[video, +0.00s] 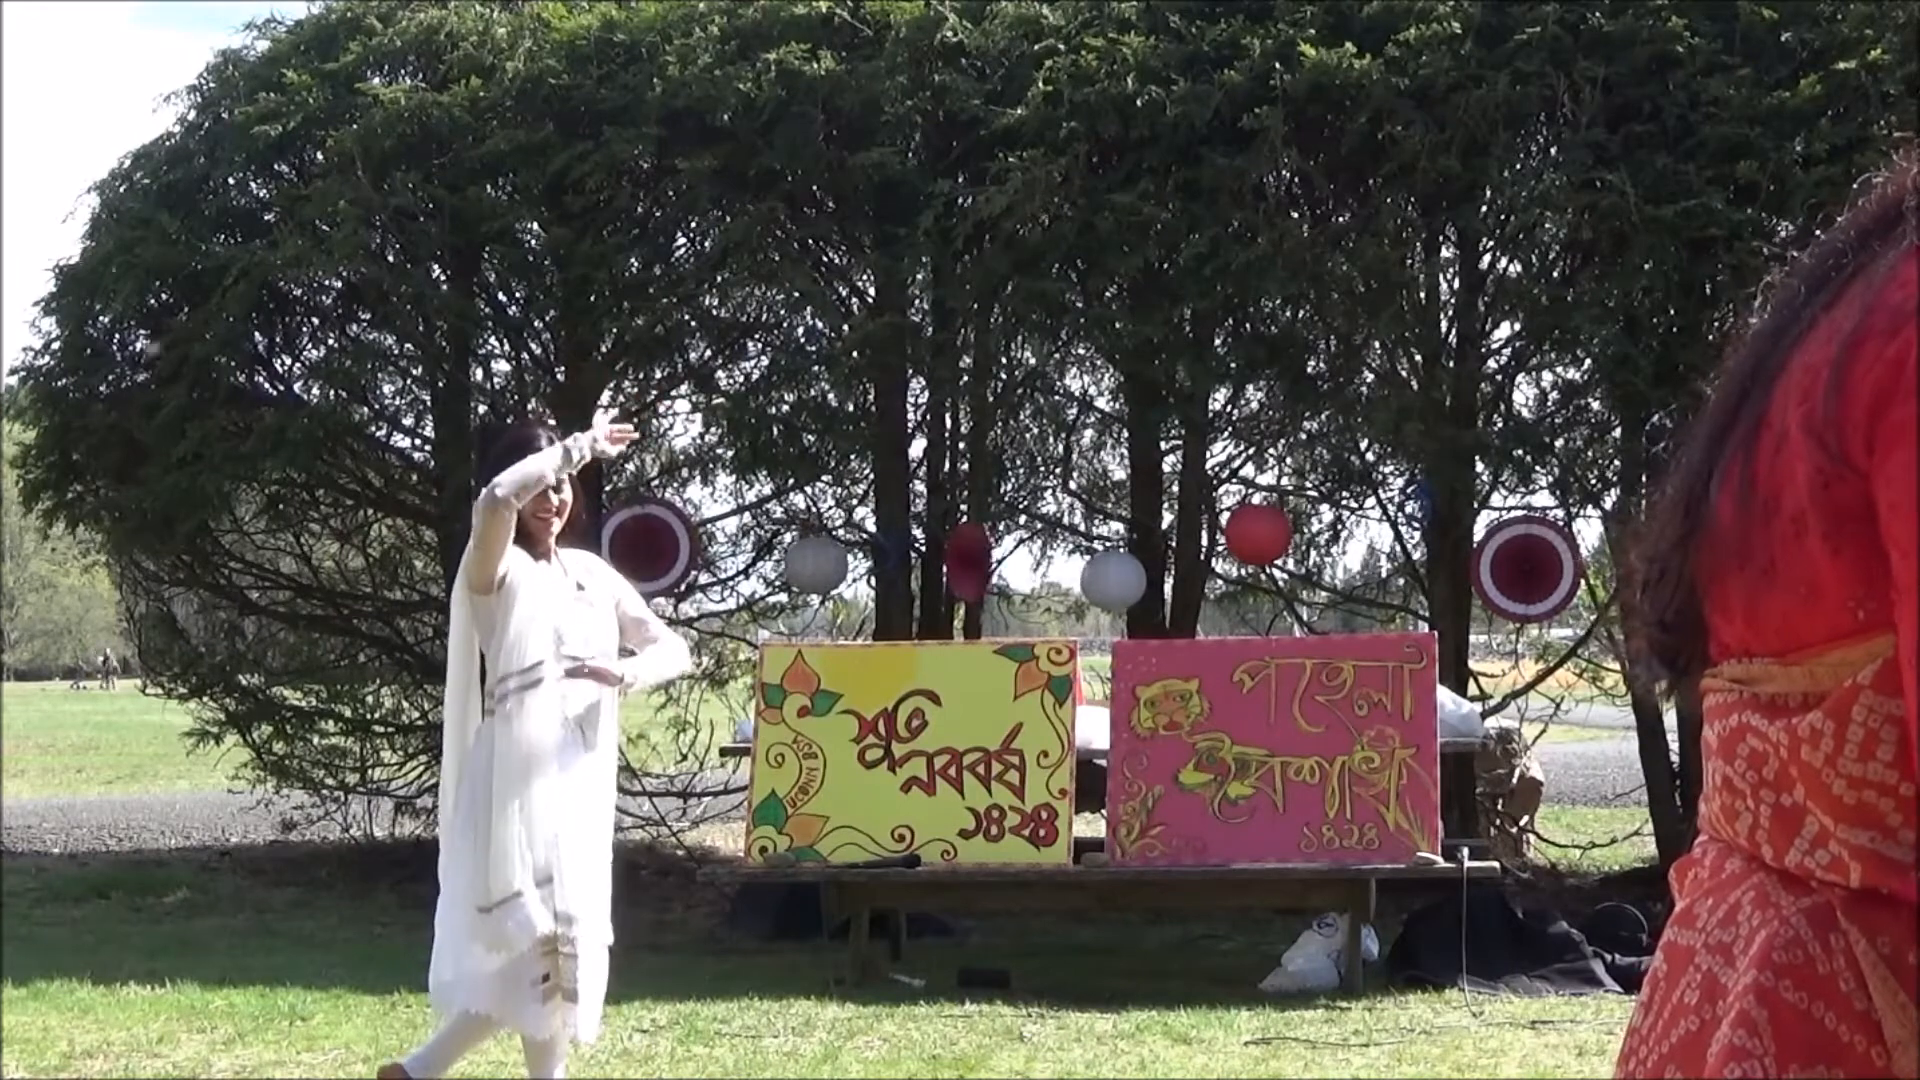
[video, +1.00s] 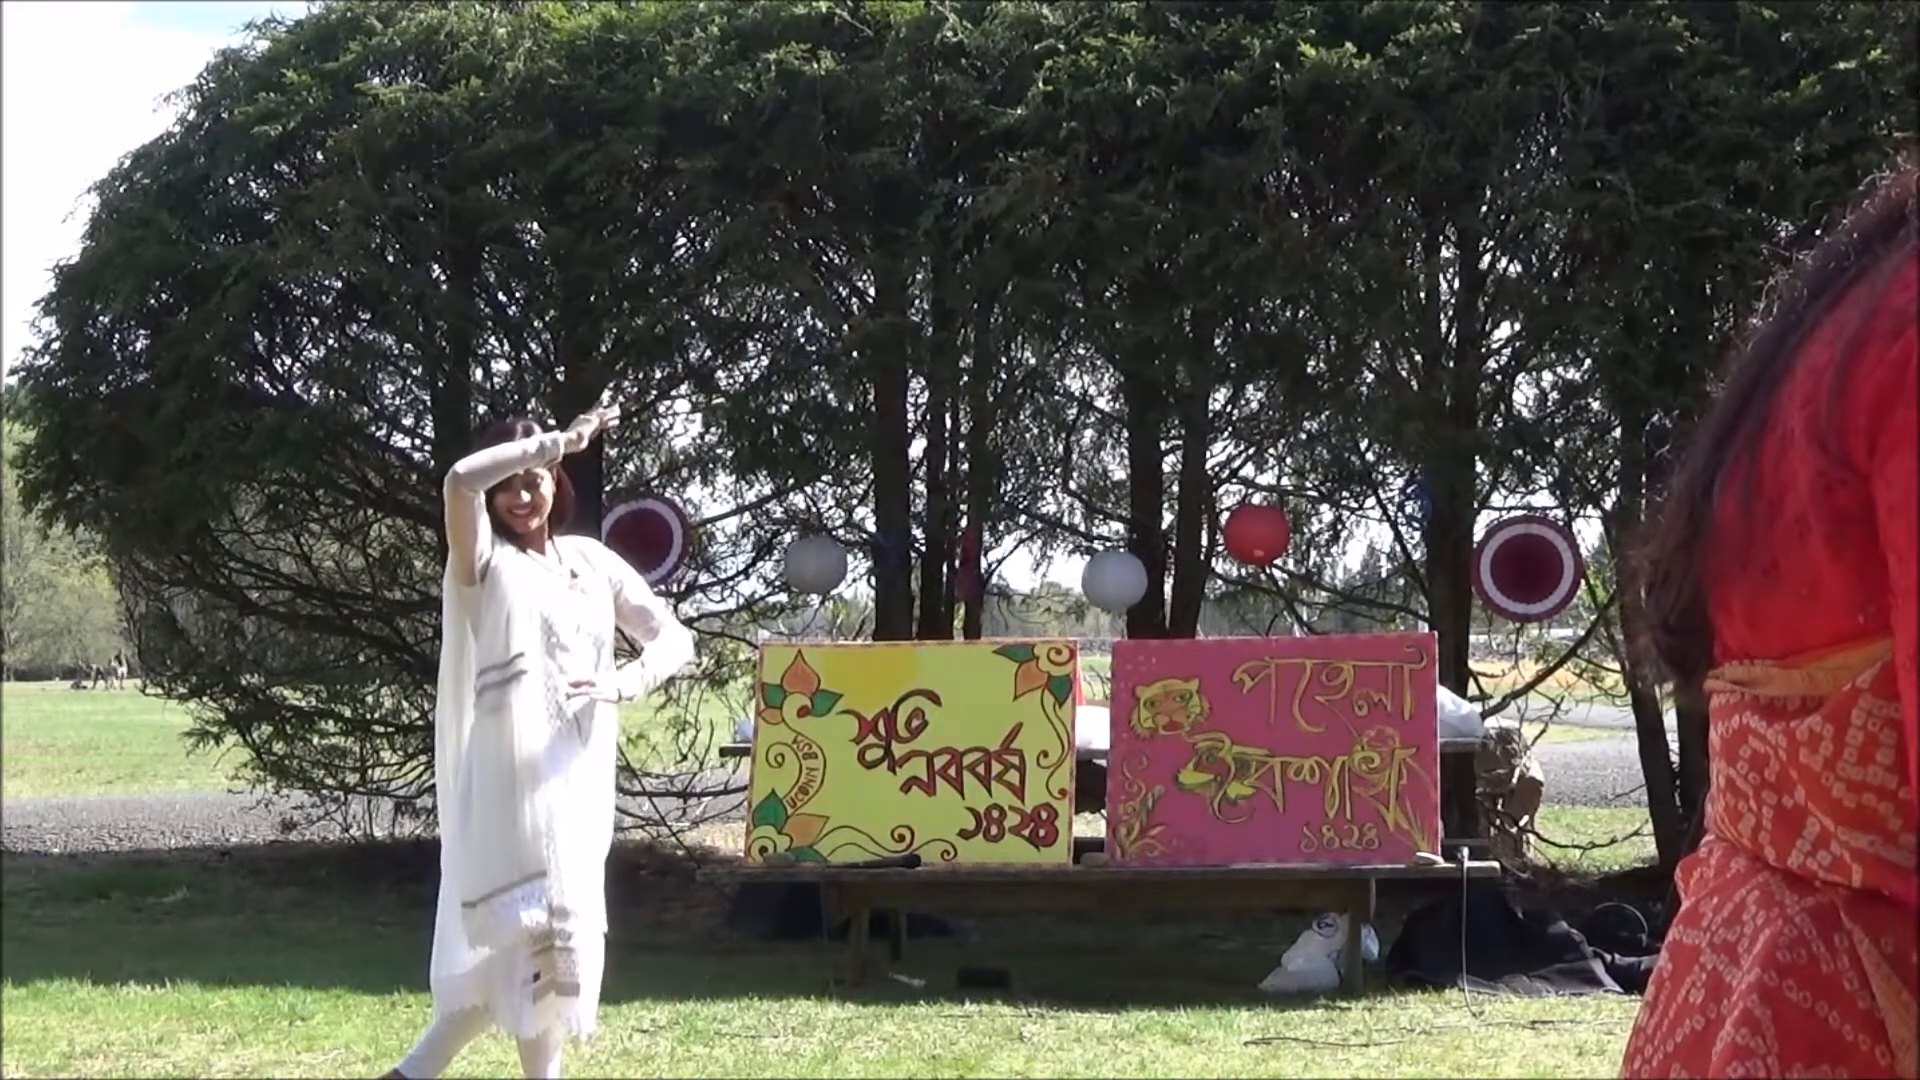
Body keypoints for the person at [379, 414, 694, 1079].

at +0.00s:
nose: (550, 499)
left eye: (560, 486)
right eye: (536, 488)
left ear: (575, 495)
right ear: (509, 498)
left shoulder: (591, 572)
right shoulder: (493, 573)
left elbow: (673, 649)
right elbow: (498, 496)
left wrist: (629, 672)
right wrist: (585, 443)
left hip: (582, 779)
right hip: (515, 776)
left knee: (549, 953)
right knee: (543, 946)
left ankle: (416, 1069)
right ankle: (548, 1070)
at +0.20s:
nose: (543, 509)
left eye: (552, 494)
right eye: (528, 496)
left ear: (566, 502)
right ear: (502, 508)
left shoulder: (591, 579)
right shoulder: (490, 583)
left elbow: (677, 650)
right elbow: (469, 517)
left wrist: (625, 682)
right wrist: (552, 464)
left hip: (583, 784)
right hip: (516, 783)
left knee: (551, 959)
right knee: (541, 954)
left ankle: (403, 1070)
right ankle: (550, 1072)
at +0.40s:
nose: (534, 516)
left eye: (544, 502)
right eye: (518, 505)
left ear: (560, 510)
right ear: (497, 516)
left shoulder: (589, 583)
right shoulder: (488, 589)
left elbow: (685, 653)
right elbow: (462, 516)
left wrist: (631, 673)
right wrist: (538, 467)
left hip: (587, 786)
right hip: (515, 786)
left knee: (579, 949)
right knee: (542, 954)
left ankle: (421, 947)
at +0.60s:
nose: (524, 515)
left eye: (536, 499)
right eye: (509, 504)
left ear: (556, 503)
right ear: (490, 516)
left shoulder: (589, 580)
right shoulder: (482, 586)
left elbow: (680, 653)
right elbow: (459, 504)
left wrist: (627, 683)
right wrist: (542, 459)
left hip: (587, 779)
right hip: (510, 780)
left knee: (584, 941)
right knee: (541, 941)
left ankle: (422, 974)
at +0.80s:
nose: (520, 508)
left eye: (531, 493)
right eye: (505, 498)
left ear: (553, 497)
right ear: (487, 509)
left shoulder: (586, 570)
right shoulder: (479, 578)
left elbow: (673, 651)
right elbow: (459, 497)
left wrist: (619, 689)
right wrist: (546, 452)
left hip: (578, 782)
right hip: (505, 781)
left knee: (546, 956)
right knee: (537, 953)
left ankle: (416, 1069)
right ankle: (548, 1071)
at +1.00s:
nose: (523, 496)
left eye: (535, 480)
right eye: (508, 484)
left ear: (556, 485)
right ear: (488, 496)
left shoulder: (590, 558)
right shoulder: (480, 565)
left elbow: (676, 639)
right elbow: (460, 479)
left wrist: (621, 681)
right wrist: (559, 442)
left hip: (575, 779)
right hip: (502, 777)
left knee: (529, 950)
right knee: (534, 948)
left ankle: (413, 1069)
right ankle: (544, 1072)